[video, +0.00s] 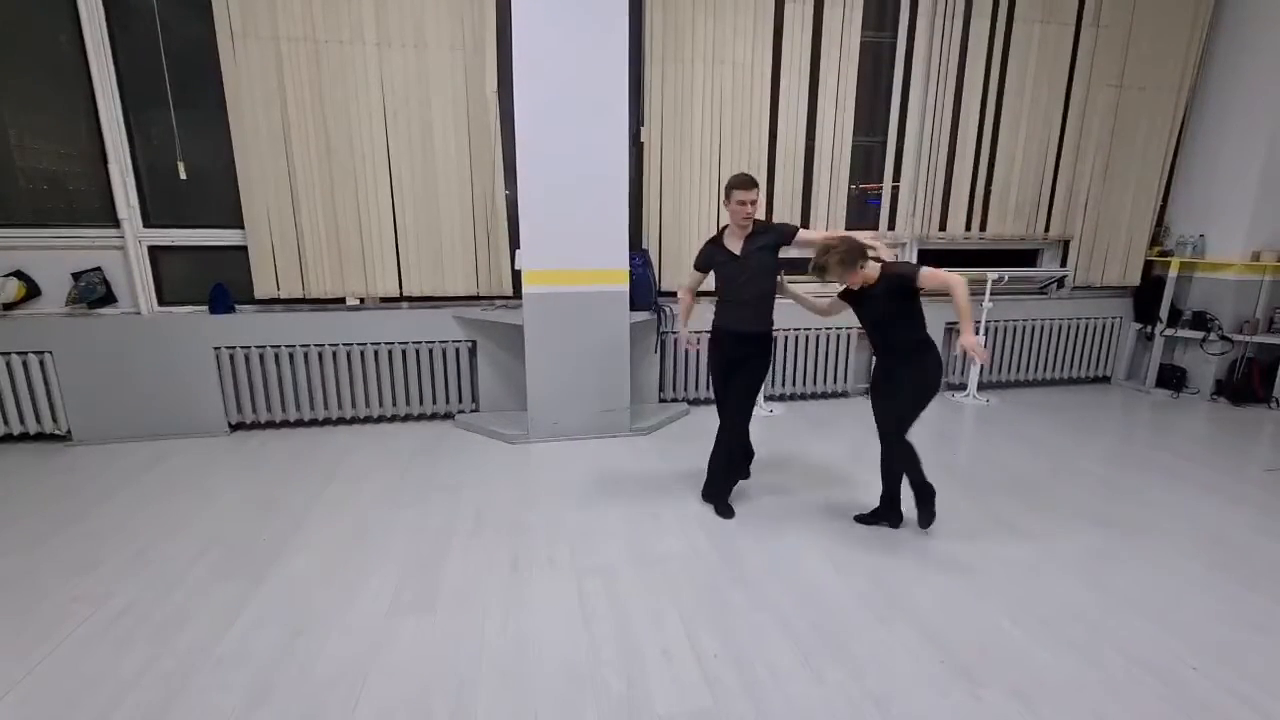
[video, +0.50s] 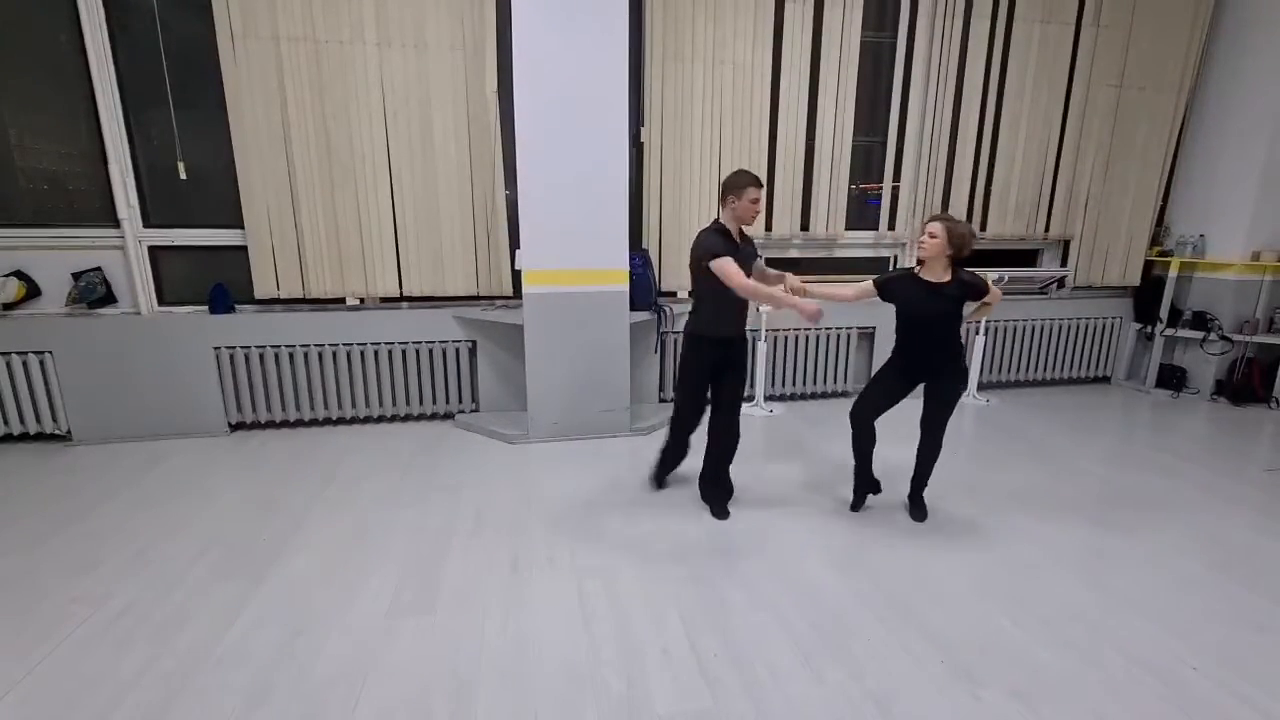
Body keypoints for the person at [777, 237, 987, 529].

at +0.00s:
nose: (844, 284)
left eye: (846, 277)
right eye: (841, 280)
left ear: (859, 265)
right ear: (843, 272)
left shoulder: (899, 274)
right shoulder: (853, 292)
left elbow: (956, 282)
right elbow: (826, 311)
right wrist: (789, 291)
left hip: (922, 367)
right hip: (887, 370)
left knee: (893, 432)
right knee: (888, 435)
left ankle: (924, 492)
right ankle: (889, 507)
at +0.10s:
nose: (853, 268)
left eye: (856, 262)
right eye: (851, 264)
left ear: (875, 256)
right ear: (862, 262)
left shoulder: (914, 274)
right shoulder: (860, 289)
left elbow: (971, 282)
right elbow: (824, 306)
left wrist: (969, 326)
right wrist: (784, 291)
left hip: (928, 367)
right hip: (888, 370)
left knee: (915, 435)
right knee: (890, 438)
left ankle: (922, 492)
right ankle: (890, 506)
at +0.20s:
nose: (874, 242)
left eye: (881, 238)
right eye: (875, 237)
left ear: (902, 247)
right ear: (884, 246)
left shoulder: (930, 276)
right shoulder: (869, 284)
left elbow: (982, 285)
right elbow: (827, 303)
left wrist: (968, 316)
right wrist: (786, 289)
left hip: (934, 367)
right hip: (894, 366)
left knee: (922, 432)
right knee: (878, 428)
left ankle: (916, 492)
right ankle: (885, 500)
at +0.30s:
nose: (898, 237)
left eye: (908, 234)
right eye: (900, 232)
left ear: (925, 247)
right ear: (897, 238)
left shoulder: (945, 279)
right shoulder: (884, 283)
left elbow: (995, 291)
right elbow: (830, 296)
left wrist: (968, 318)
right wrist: (789, 289)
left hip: (940, 365)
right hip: (898, 361)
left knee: (925, 429)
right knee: (860, 415)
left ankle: (915, 493)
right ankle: (874, 481)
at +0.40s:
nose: (913, 238)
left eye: (923, 235)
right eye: (914, 232)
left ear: (941, 247)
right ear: (911, 240)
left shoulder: (957, 282)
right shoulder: (893, 283)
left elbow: (995, 296)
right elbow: (840, 295)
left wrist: (970, 316)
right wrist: (798, 293)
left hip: (943, 368)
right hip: (901, 363)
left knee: (930, 431)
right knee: (858, 415)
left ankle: (916, 493)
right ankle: (861, 479)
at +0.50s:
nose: (922, 240)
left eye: (932, 236)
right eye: (923, 234)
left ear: (950, 247)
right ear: (921, 240)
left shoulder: (965, 283)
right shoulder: (899, 281)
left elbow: (995, 297)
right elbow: (850, 293)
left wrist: (975, 314)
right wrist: (804, 288)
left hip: (947, 370)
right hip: (904, 364)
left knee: (932, 434)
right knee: (860, 414)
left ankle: (917, 492)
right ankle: (864, 480)